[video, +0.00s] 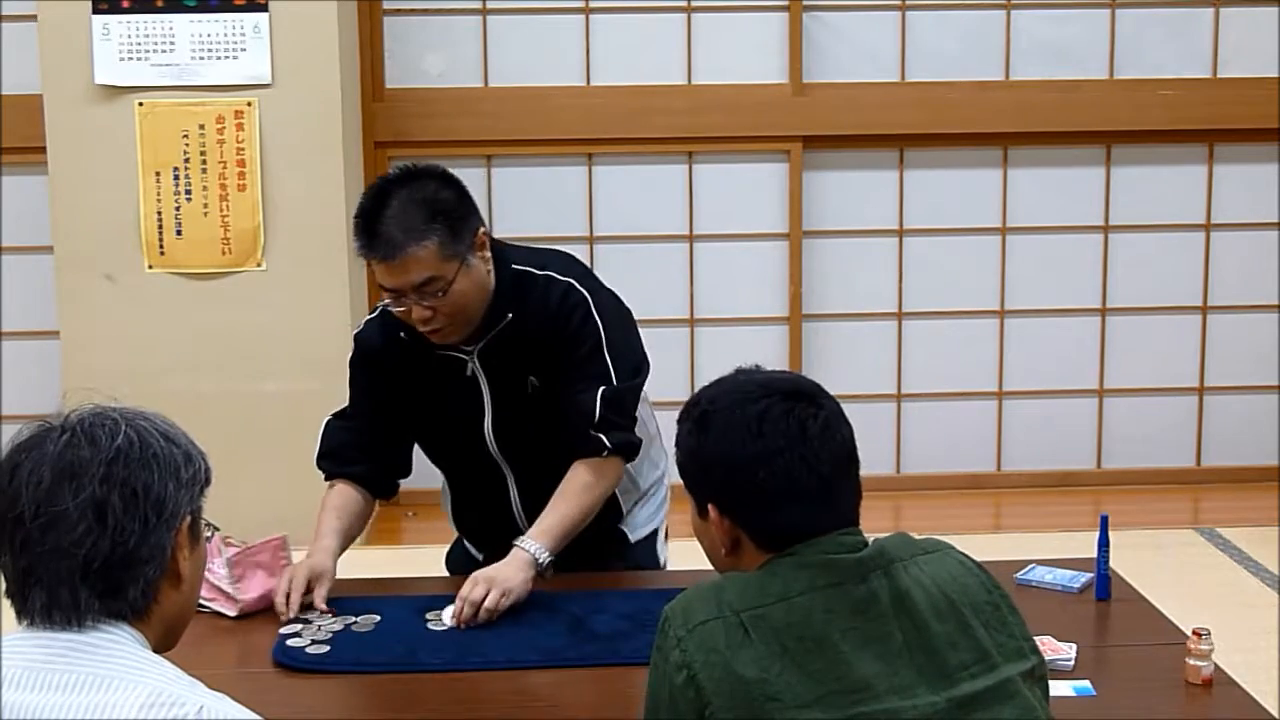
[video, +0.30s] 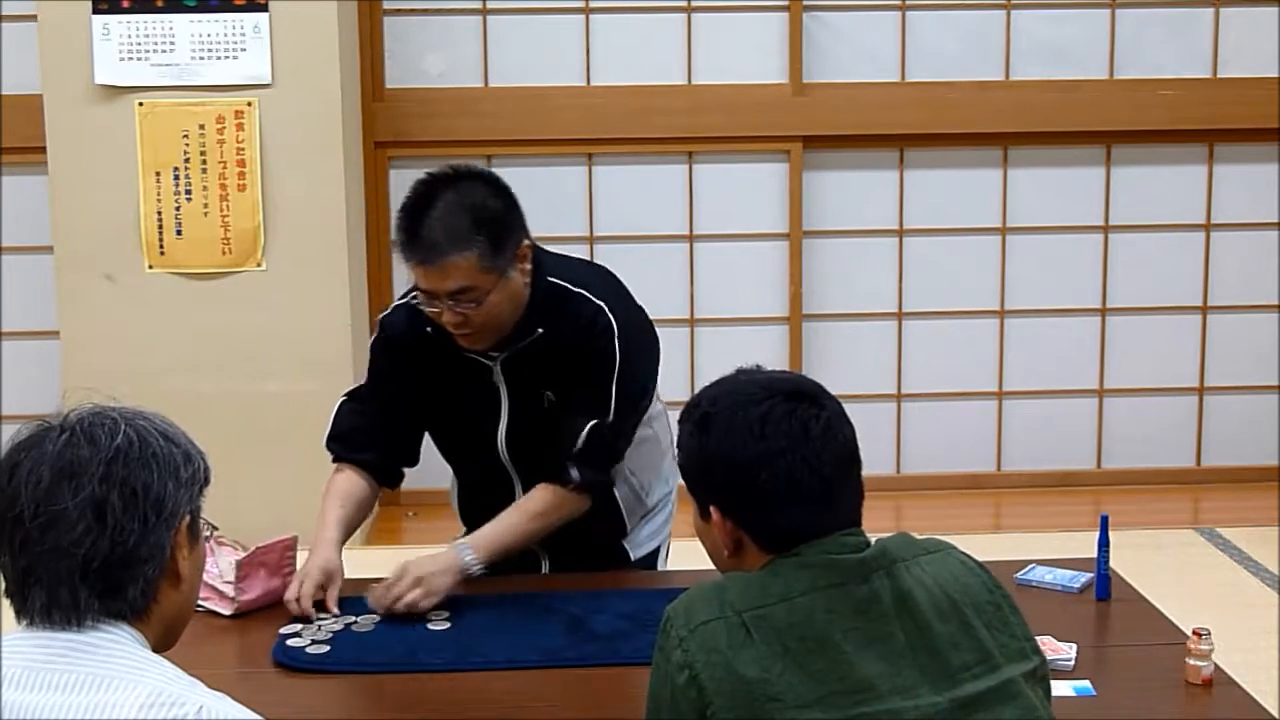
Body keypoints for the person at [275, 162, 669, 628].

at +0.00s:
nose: (418, 314)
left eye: (433, 289)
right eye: (395, 296)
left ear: (481, 249)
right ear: (377, 275)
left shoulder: (570, 301)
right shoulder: (385, 343)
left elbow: (606, 450)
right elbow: (360, 463)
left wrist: (526, 557)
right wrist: (323, 548)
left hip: (605, 540)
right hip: (488, 546)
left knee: (607, 706)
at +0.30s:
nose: (447, 316)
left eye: (465, 298)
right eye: (429, 298)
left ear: (522, 261)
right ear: (415, 273)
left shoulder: (602, 320)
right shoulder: (409, 329)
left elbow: (578, 482)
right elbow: (368, 449)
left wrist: (461, 557)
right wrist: (325, 544)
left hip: (609, 512)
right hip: (491, 515)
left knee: (603, 679)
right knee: (496, 671)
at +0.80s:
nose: (457, 321)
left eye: (476, 300)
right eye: (436, 301)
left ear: (528, 259)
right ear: (418, 273)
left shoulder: (613, 330)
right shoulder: (407, 324)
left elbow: (631, 484)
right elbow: (365, 441)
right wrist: (338, 551)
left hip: (603, 563)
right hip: (481, 560)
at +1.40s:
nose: (387, 325)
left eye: (400, 301)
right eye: (364, 308)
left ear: (447, 252)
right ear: (344, 285)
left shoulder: (546, 314)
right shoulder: (353, 328)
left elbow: (561, 473)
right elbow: (328, 444)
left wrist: (446, 546)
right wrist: (317, 542)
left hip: (581, 521)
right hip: (464, 529)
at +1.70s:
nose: (372, 334)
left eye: (385, 309)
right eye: (348, 319)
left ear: (425, 257)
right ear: (325, 299)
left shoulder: (535, 310)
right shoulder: (333, 335)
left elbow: (617, 428)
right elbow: (320, 426)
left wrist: (518, 513)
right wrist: (323, 516)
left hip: (571, 537)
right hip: (454, 544)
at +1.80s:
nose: (378, 348)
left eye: (390, 322)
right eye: (353, 335)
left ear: (425, 268)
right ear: (326, 314)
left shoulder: (533, 313)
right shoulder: (326, 347)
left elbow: (631, 407)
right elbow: (323, 432)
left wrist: (570, 520)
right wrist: (347, 528)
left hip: (576, 563)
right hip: (453, 565)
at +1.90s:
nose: (389, 363)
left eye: (400, 338)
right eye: (363, 353)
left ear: (432, 283)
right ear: (335, 329)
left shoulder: (544, 333)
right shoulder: (333, 366)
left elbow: (603, 459)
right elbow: (352, 480)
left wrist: (565, 575)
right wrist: (403, 581)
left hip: (584, 556)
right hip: (455, 566)